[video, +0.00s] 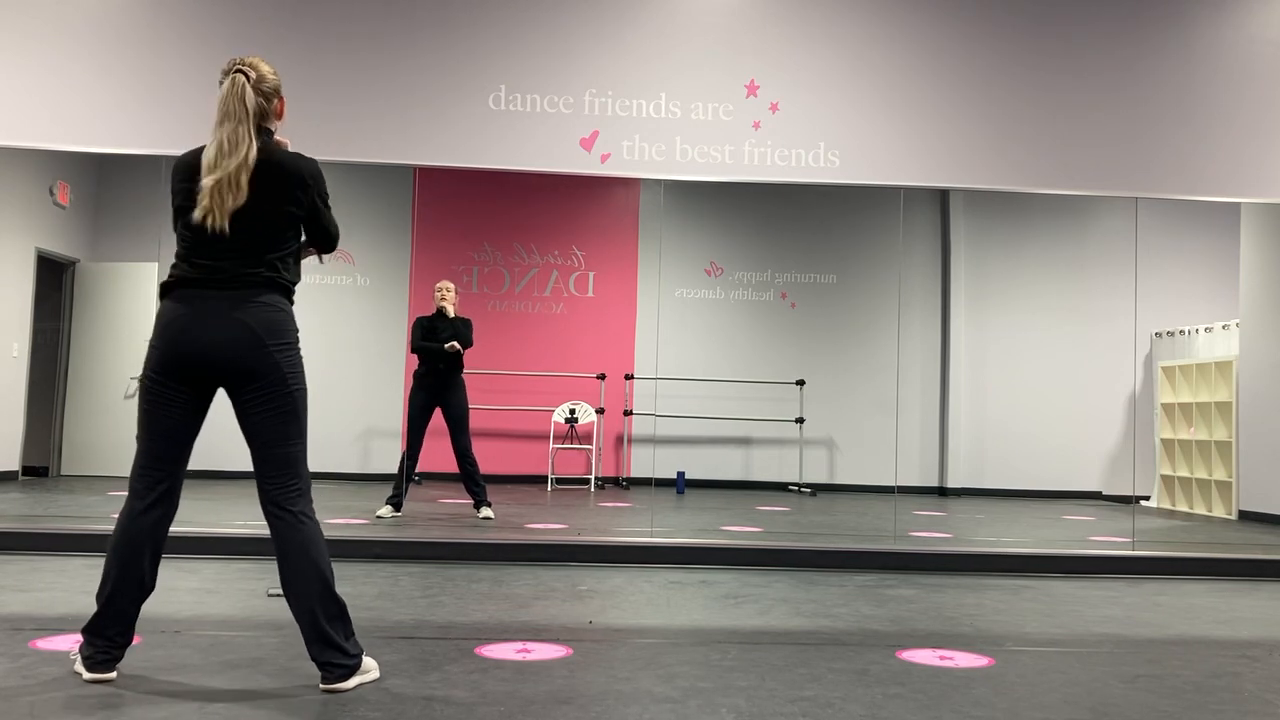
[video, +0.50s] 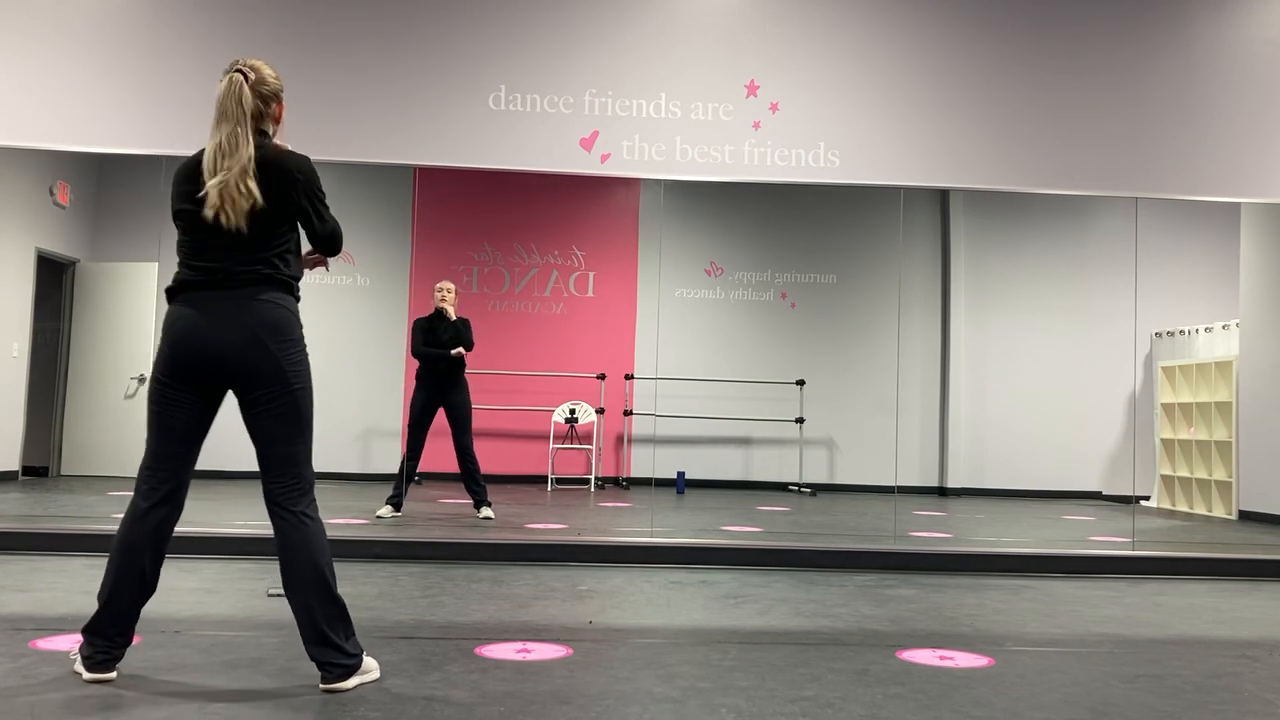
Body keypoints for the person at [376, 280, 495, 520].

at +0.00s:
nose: (443, 293)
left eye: (447, 290)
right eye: (439, 290)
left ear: (456, 298)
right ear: (433, 297)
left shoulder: (464, 323)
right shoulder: (422, 322)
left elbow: (466, 343)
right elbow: (415, 346)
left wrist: (452, 316)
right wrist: (443, 347)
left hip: (453, 388)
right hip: (423, 387)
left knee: (463, 448)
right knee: (412, 448)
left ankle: (482, 504)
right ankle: (394, 504)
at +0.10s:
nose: (442, 295)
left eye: (447, 291)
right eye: (438, 291)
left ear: (455, 298)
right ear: (433, 297)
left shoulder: (463, 325)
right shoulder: (421, 322)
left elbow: (461, 348)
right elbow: (411, 349)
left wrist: (448, 320)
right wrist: (436, 353)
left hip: (448, 388)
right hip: (420, 387)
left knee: (459, 447)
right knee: (409, 446)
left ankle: (482, 504)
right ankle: (394, 503)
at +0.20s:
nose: (441, 298)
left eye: (446, 294)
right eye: (437, 294)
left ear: (455, 299)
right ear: (432, 299)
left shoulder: (462, 327)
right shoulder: (421, 325)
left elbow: (458, 352)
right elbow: (407, 355)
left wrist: (446, 324)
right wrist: (433, 360)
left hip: (445, 390)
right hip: (417, 390)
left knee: (457, 448)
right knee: (407, 446)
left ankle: (481, 504)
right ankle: (393, 503)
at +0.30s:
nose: (441, 295)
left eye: (446, 292)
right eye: (438, 292)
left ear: (454, 298)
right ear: (432, 296)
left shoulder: (461, 325)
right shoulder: (420, 323)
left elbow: (459, 349)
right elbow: (408, 354)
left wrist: (448, 320)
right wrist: (436, 358)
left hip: (447, 390)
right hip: (418, 389)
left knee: (459, 447)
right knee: (408, 446)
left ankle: (481, 504)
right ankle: (394, 503)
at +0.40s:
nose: (442, 294)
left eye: (447, 291)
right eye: (439, 290)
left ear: (455, 299)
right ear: (432, 297)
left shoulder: (461, 324)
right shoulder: (420, 322)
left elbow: (463, 347)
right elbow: (414, 351)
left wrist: (450, 319)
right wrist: (443, 353)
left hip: (451, 388)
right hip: (422, 388)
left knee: (462, 447)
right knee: (411, 447)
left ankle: (482, 504)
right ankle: (394, 503)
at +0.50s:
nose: (443, 294)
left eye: (448, 291)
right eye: (440, 291)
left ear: (455, 298)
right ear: (433, 296)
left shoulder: (462, 323)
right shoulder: (421, 323)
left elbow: (468, 347)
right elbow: (416, 351)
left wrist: (453, 318)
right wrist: (449, 353)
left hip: (455, 390)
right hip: (426, 389)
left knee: (465, 447)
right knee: (413, 449)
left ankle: (482, 504)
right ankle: (394, 504)